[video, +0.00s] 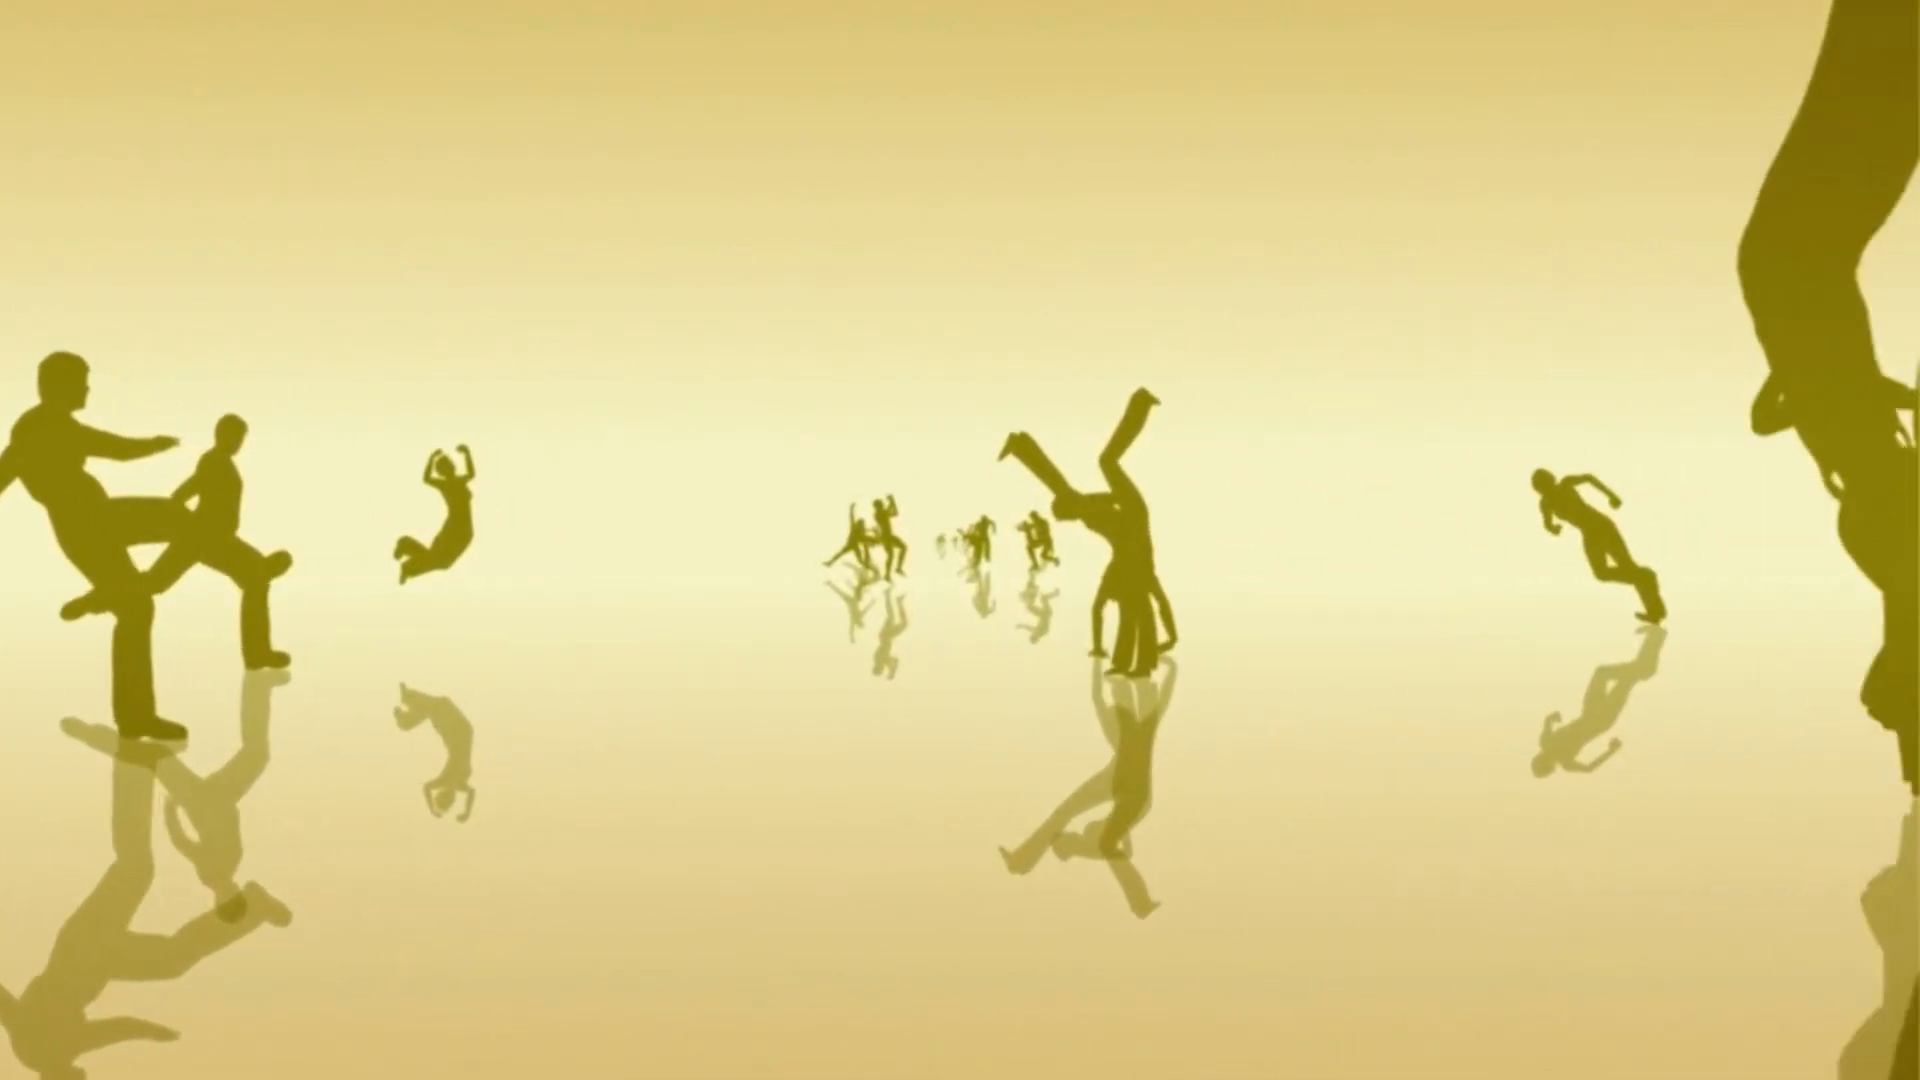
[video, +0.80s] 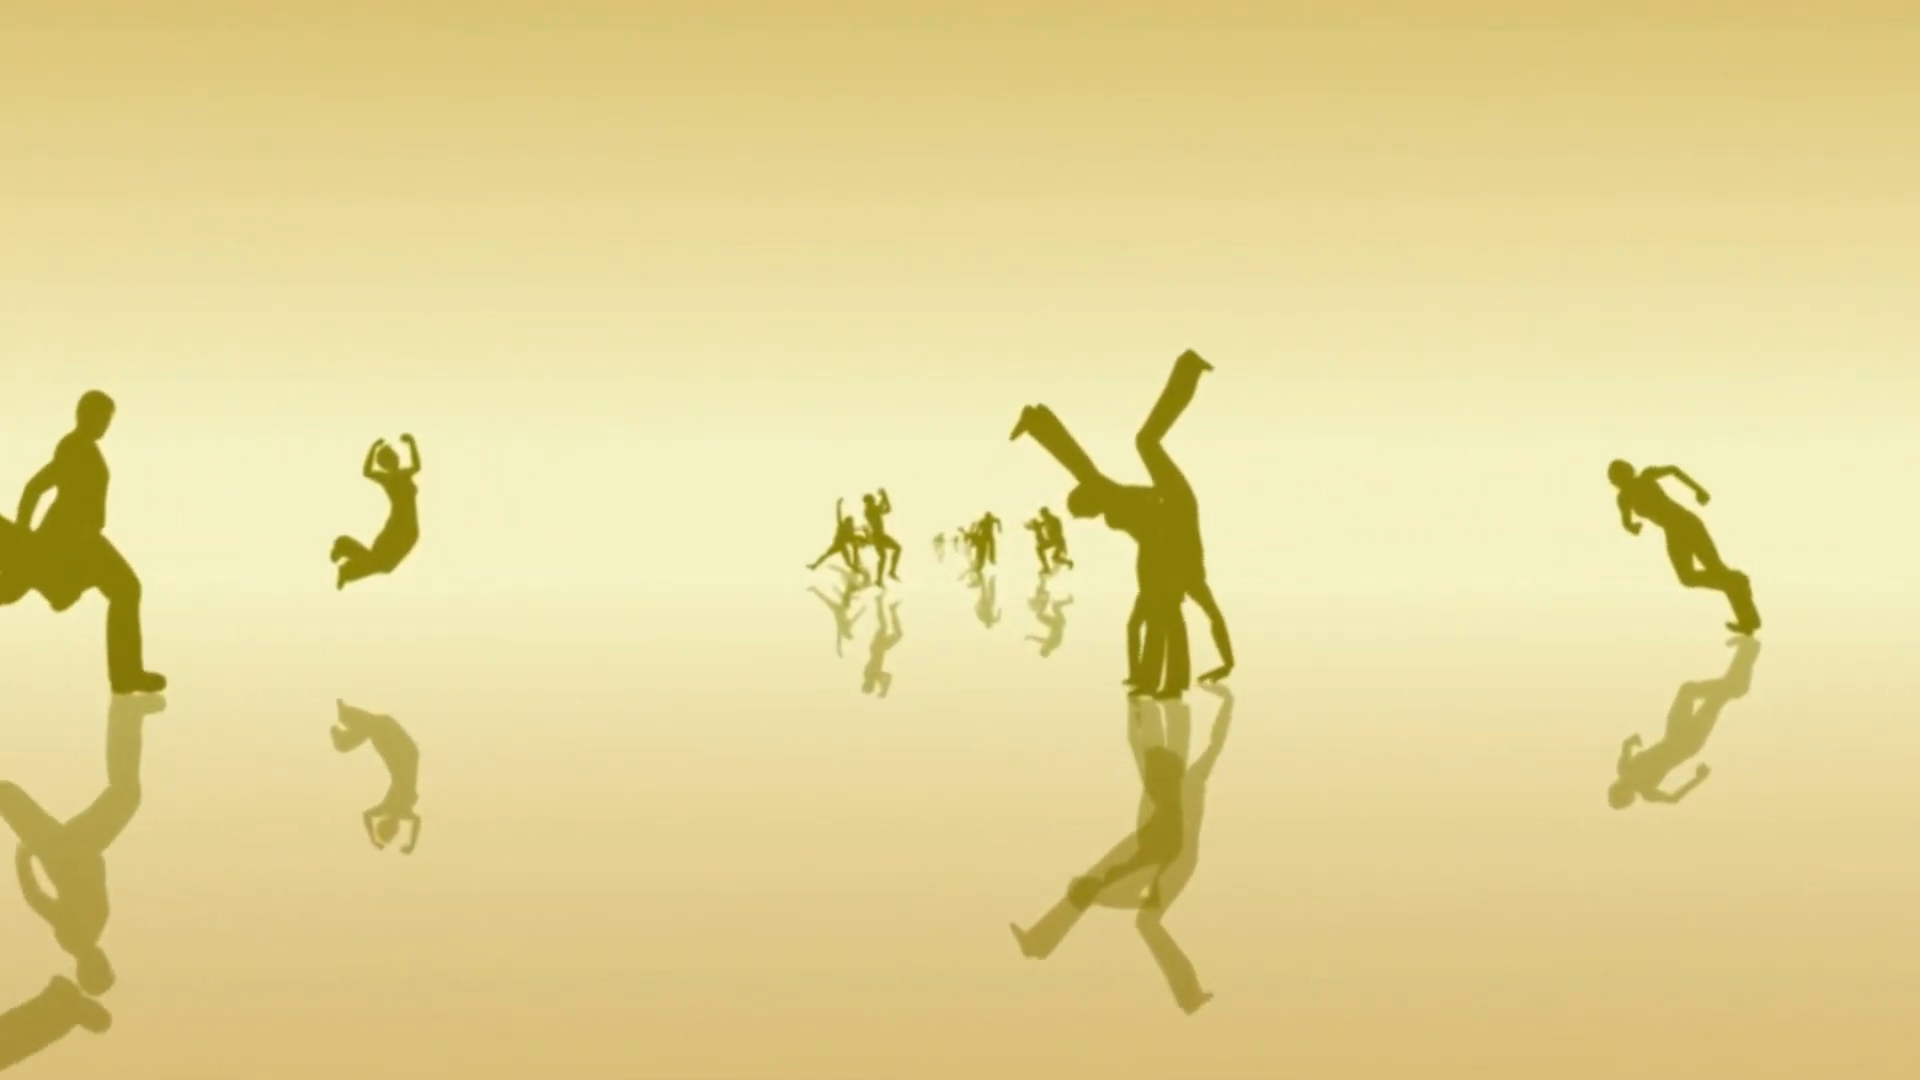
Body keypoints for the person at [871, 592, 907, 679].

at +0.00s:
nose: (880, 672)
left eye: (878, 672)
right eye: (879, 672)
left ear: (876, 668)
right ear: (878, 669)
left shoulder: (880, 658)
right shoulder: (883, 659)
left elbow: (894, 661)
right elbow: (894, 661)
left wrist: (891, 673)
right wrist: (891, 673)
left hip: (884, 634)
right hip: (889, 635)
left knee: (891, 617)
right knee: (903, 625)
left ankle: (887, 595)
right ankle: (900, 602)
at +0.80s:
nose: (870, 690)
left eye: (869, 689)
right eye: (869, 690)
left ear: (867, 685)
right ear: (868, 685)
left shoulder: (871, 673)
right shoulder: (874, 675)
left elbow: (887, 676)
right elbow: (887, 677)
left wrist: (883, 691)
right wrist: (884, 691)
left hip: (876, 646)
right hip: (882, 647)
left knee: (883, 626)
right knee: (898, 635)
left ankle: (879, 601)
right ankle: (893, 610)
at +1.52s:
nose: (862, 707)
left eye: (860, 707)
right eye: (860, 707)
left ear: (857, 701)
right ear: (859, 702)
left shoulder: (860, 689)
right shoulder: (866, 691)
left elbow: (879, 693)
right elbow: (879, 693)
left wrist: (876, 708)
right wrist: (876, 708)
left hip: (867, 660)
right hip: (874, 660)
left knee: (874, 636)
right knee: (892, 645)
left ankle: (870, 608)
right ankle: (886, 618)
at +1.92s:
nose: (855, 719)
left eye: (853, 719)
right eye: (854, 719)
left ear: (849, 713)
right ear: (851, 714)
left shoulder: (854, 699)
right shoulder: (859, 701)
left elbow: (875, 702)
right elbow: (873, 703)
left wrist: (870, 720)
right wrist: (870, 720)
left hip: (860, 668)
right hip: (868, 669)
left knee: (869, 642)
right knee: (888, 654)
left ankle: (864, 613)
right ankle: (881, 625)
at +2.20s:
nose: (850, 731)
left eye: (848, 730)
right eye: (849, 731)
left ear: (844, 725)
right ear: (846, 725)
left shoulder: (847, 711)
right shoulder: (853, 713)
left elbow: (870, 714)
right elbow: (869, 715)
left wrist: (865, 733)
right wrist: (865, 733)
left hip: (854, 677)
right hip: (861, 678)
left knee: (863, 650)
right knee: (884, 661)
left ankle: (859, 617)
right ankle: (877, 630)